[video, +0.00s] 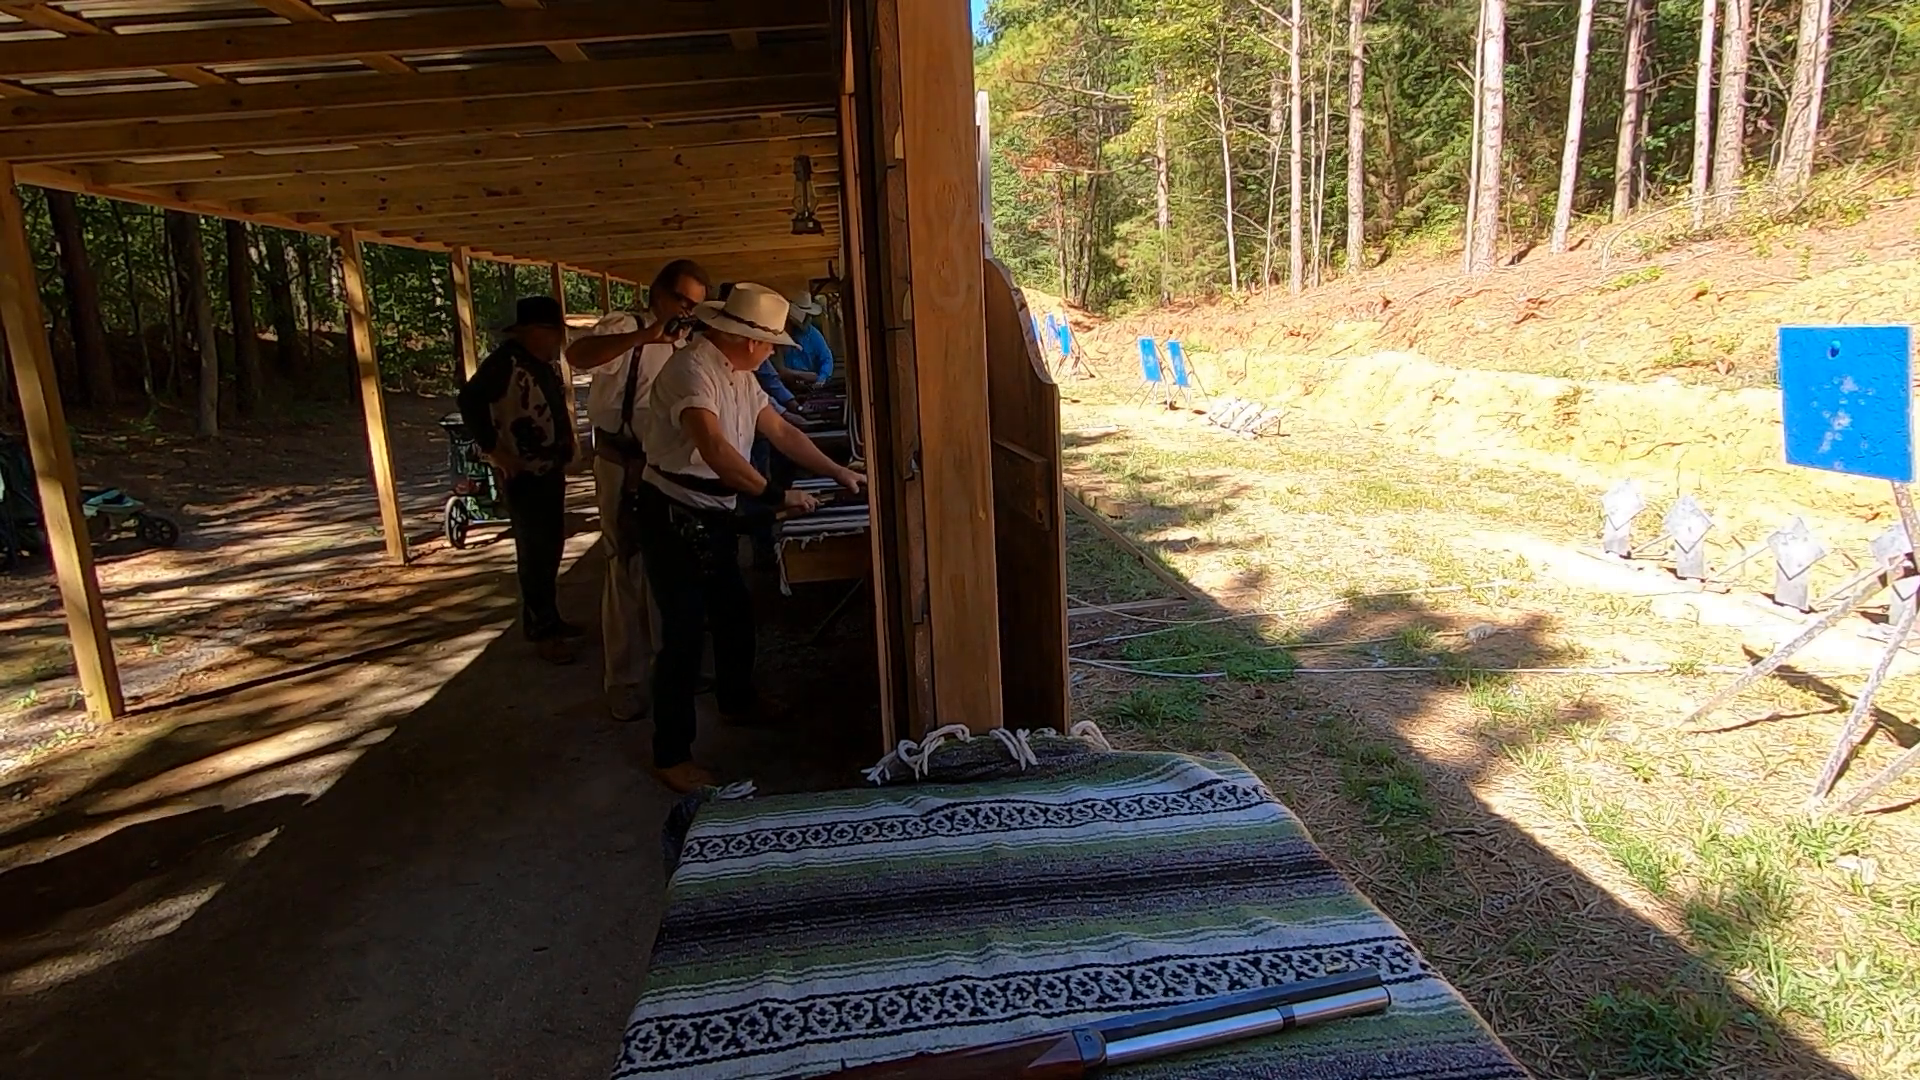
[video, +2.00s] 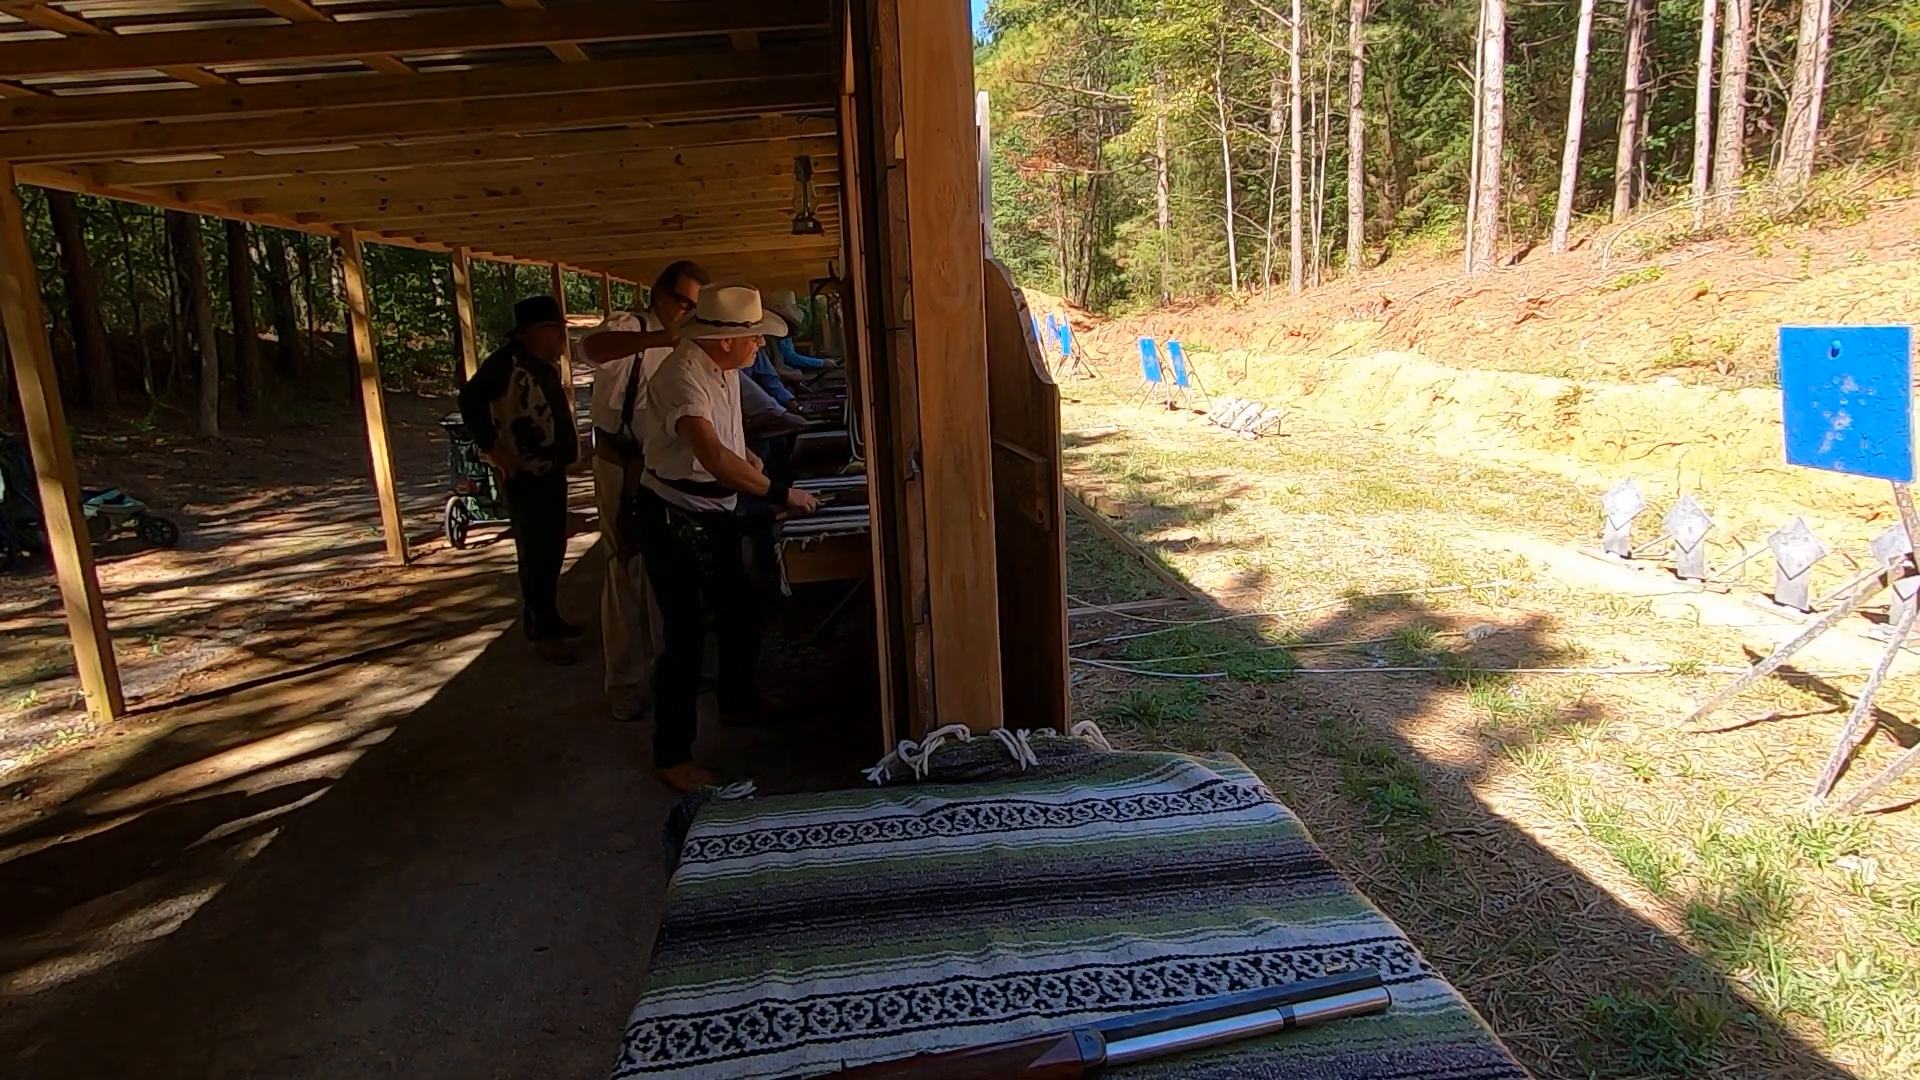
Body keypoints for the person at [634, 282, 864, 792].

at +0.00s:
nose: (771, 354)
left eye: (773, 346)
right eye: (770, 345)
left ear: (744, 340)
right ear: (750, 341)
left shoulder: (742, 375)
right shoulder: (690, 367)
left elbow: (780, 430)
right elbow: (711, 446)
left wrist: (838, 470)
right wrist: (774, 493)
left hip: (716, 514)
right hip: (670, 514)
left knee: (734, 613)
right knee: (685, 632)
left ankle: (739, 704)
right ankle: (671, 756)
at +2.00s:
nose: (760, 347)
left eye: (759, 339)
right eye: (755, 339)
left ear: (725, 340)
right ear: (727, 341)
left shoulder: (725, 374)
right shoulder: (681, 373)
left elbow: (734, 446)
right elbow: (709, 453)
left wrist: (767, 482)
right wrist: (780, 492)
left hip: (720, 516)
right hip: (674, 519)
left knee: (738, 615)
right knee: (685, 636)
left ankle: (740, 707)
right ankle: (672, 757)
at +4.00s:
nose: (758, 373)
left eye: (761, 365)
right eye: (755, 363)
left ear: (726, 348)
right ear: (727, 348)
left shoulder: (720, 378)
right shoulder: (685, 379)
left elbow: (727, 447)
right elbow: (710, 461)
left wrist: (750, 472)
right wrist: (780, 496)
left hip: (717, 516)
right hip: (673, 520)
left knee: (742, 610)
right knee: (689, 634)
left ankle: (740, 703)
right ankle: (672, 757)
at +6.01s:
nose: (748, 333)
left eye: (748, 324)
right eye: (740, 325)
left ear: (724, 324)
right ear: (710, 323)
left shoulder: (729, 358)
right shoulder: (668, 343)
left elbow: (771, 401)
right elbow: (702, 390)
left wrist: (797, 368)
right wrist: (755, 369)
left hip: (723, 507)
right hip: (672, 509)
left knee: (734, 614)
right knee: (682, 631)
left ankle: (740, 708)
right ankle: (672, 756)